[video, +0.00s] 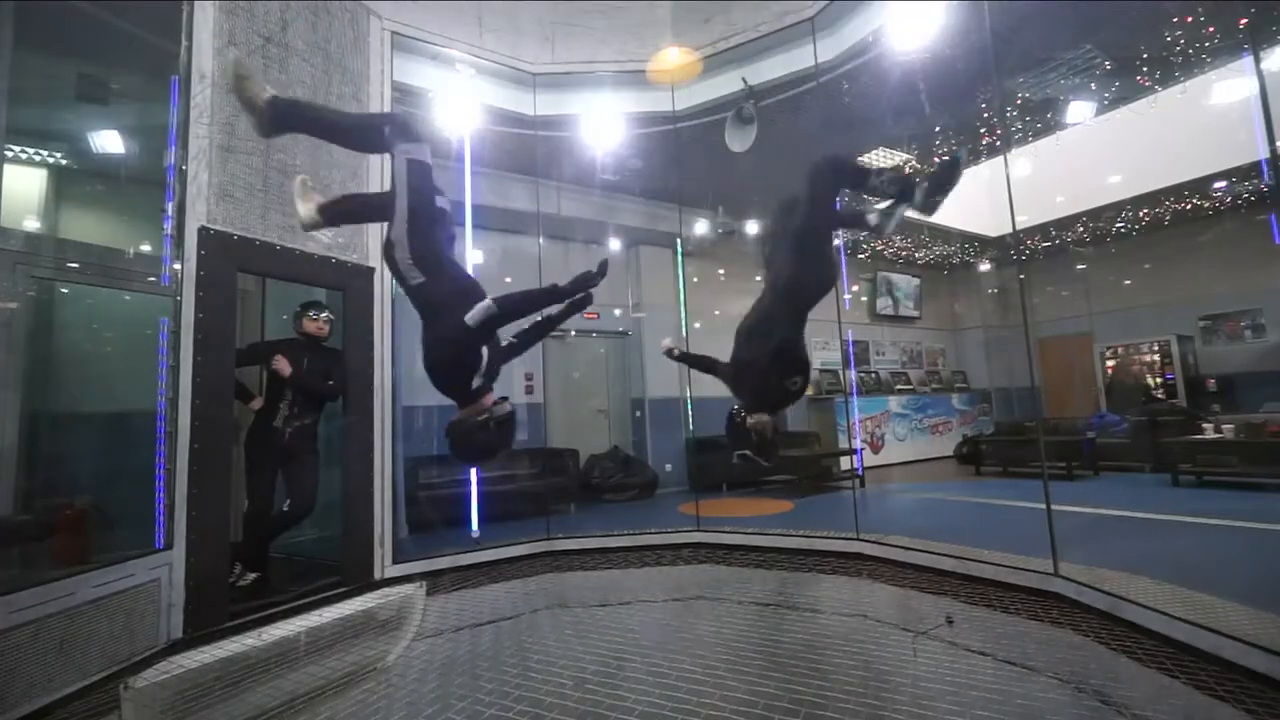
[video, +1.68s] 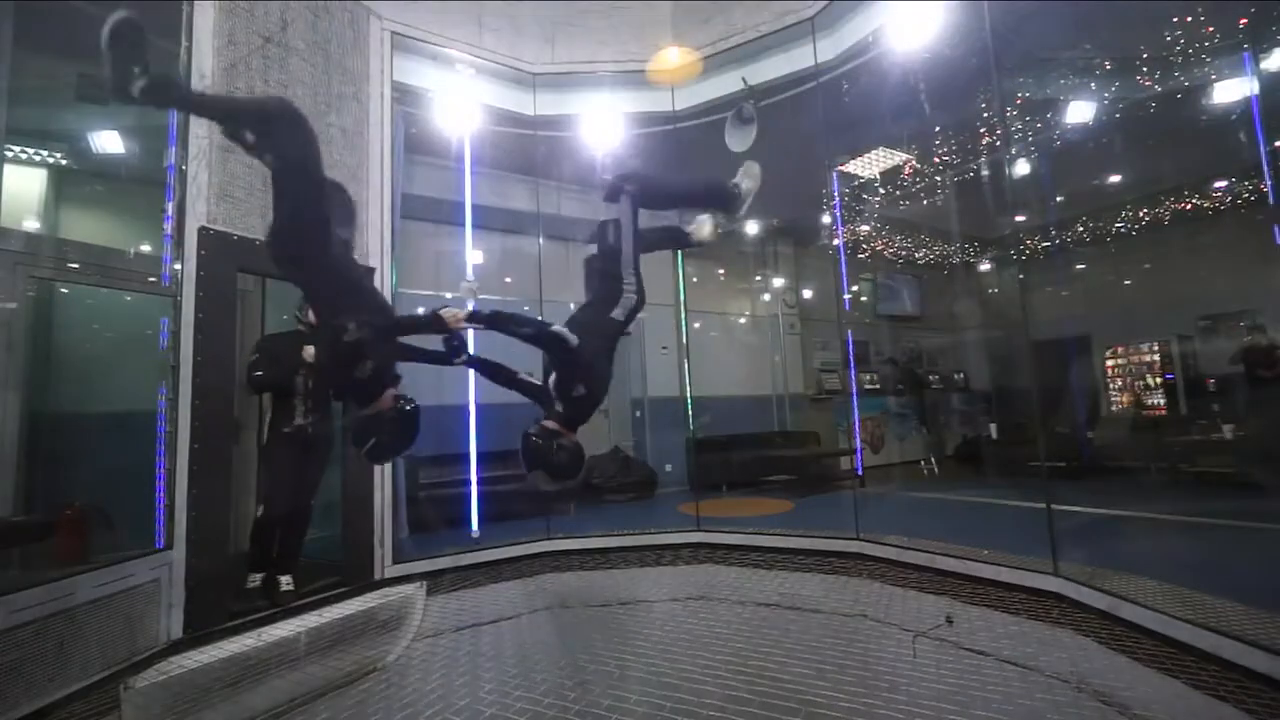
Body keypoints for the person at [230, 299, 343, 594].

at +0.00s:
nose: (320, 324)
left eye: (325, 320)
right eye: (313, 318)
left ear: (331, 326)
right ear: (299, 322)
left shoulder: (334, 357)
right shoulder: (279, 348)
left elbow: (333, 392)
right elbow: (224, 361)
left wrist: (292, 374)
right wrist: (250, 398)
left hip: (302, 440)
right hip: (264, 436)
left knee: (302, 505)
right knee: (260, 505)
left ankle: (242, 552)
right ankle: (255, 569)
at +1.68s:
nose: (319, 314)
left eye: (322, 309)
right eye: (314, 309)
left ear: (328, 313)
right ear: (302, 311)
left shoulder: (332, 346)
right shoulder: (274, 343)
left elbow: (341, 390)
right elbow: (256, 380)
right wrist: (297, 363)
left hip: (316, 439)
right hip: (281, 438)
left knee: (301, 506)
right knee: (272, 506)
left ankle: (286, 574)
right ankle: (258, 571)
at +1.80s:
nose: (318, 321)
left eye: (322, 316)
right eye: (314, 315)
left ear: (329, 318)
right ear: (305, 314)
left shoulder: (332, 347)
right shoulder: (278, 343)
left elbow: (345, 388)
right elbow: (258, 380)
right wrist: (295, 374)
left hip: (319, 438)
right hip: (284, 437)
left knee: (302, 507)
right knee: (278, 507)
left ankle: (285, 575)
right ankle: (258, 573)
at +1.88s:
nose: (321, 320)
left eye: (325, 314)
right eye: (317, 313)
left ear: (331, 317)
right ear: (308, 313)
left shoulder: (334, 347)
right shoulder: (280, 343)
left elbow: (343, 387)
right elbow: (260, 378)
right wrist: (293, 371)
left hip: (319, 436)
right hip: (284, 435)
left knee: (302, 506)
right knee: (279, 505)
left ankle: (285, 573)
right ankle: (258, 571)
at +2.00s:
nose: (322, 317)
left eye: (328, 312)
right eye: (320, 310)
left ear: (334, 316)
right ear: (311, 311)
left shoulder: (334, 346)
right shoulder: (281, 340)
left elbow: (343, 387)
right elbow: (262, 375)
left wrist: (341, 354)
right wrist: (305, 361)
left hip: (319, 436)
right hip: (284, 435)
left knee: (303, 505)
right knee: (280, 504)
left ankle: (286, 573)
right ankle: (258, 571)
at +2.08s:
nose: (328, 316)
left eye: (333, 311)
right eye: (324, 309)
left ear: (339, 317)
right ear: (313, 311)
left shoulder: (340, 345)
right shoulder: (284, 339)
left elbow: (345, 388)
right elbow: (260, 368)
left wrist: (338, 353)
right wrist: (305, 357)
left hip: (320, 437)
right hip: (286, 435)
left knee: (303, 506)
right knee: (279, 504)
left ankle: (285, 574)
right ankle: (258, 572)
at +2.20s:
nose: (337, 318)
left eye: (341, 314)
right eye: (332, 312)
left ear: (344, 319)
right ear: (317, 312)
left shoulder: (342, 346)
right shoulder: (290, 336)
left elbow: (349, 393)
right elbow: (254, 354)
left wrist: (358, 360)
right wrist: (307, 351)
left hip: (319, 436)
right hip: (285, 435)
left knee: (304, 505)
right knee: (281, 503)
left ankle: (286, 574)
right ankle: (258, 572)